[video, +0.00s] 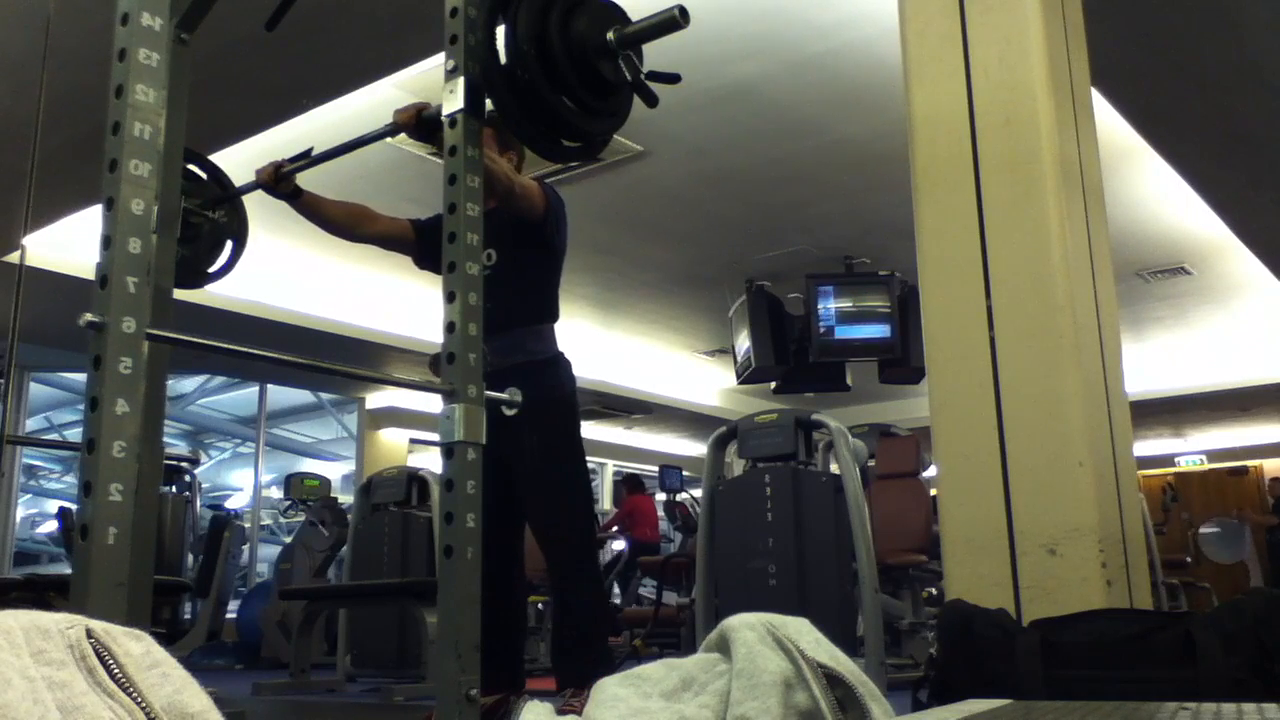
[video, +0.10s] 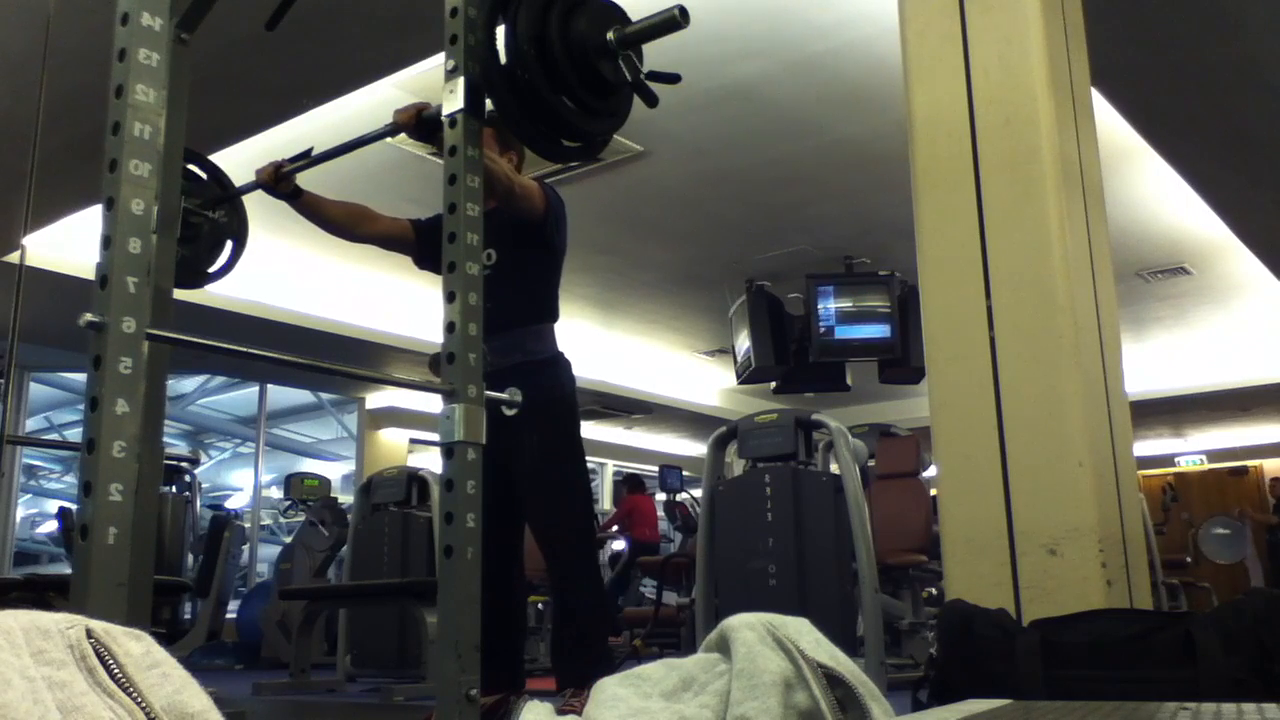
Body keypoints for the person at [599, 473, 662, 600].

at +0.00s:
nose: (624, 491)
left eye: (625, 488)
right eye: (624, 488)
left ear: (629, 488)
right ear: (641, 486)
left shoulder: (631, 501)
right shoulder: (649, 500)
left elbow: (617, 519)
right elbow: (634, 523)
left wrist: (602, 529)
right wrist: (617, 532)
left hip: (637, 546)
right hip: (654, 546)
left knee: (609, 569)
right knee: (625, 572)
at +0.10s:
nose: (624, 491)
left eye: (625, 488)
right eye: (624, 488)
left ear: (629, 488)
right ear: (642, 487)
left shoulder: (630, 500)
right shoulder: (649, 500)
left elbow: (615, 519)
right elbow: (638, 522)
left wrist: (600, 530)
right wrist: (619, 531)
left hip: (637, 545)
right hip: (654, 545)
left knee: (614, 559)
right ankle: (633, 592)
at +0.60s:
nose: (624, 490)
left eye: (625, 487)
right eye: (624, 487)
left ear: (629, 487)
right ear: (643, 486)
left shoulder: (631, 500)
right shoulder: (649, 500)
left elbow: (616, 520)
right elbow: (635, 522)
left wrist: (600, 530)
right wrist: (617, 533)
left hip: (636, 544)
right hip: (653, 545)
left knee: (605, 553)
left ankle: (610, 584)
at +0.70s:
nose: (623, 491)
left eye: (624, 487)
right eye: (623, 488)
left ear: (629, 487)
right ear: (642, 486)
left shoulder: (631, 500)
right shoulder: (649, 500)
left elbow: (615, 521)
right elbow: (632, 523)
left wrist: (600, 529)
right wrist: (615, 533)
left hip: (636, 546)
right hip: (654, 546)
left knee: (603, 552)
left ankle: (606, 586)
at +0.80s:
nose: (623, 491)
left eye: (624, 487)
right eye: (623, 487)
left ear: (629, 487)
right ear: (642, 486)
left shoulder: (631, 500)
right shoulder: (649, 500)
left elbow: (617, 520)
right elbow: (636, 523)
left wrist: (601, 529)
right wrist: (618, 532)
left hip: (637, 543)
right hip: (654, 544)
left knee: (624, 574)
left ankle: (629, 605)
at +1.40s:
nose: (626, 490)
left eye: (627, 487)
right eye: (626, 487)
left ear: (631, 487)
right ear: (643, 486)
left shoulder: (631, 500)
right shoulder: (649, 500)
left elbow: (618, 518)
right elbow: (636, 522)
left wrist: (602, 528)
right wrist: (618, 532)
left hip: (636, 546)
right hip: (654, 547)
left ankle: (621, 595)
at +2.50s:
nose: (624, 490)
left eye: (625, 487)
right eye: (625, 487)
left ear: (629, 486)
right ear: (642, 485)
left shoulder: (631, 500)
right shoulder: (649, 500)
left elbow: (617, 520)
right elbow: (636, 524)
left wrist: (600, 530)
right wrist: (617, 532)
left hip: (636, 545)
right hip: (653, 546)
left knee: (602, 553)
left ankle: (606, 590)